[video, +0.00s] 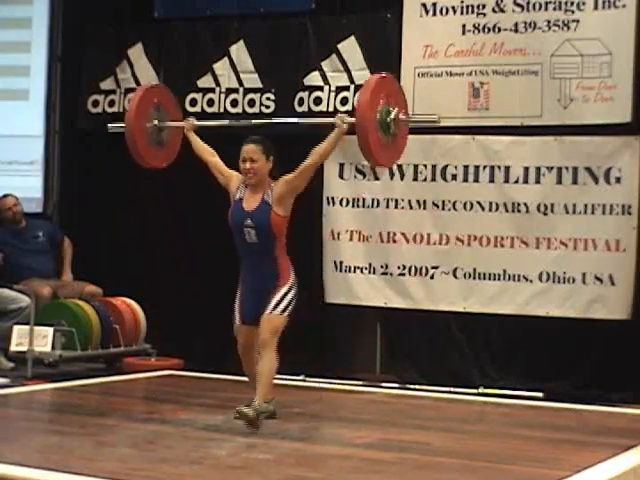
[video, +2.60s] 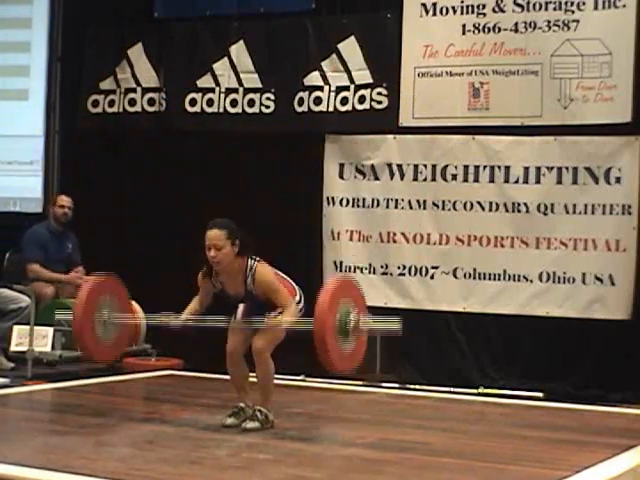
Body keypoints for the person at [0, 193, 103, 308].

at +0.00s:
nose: (14, 210)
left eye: (15, 205)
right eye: (8, 209)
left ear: (21, 205)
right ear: (2, 216)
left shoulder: (41, 225)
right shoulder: (4, 234)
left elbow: (66, 242)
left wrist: (67, 274)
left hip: (53, 279)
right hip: (25, 281)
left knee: (95, 292)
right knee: (45, 293)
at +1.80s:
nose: (18, 208)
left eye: (21, 204)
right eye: (13, 206)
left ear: (26, 206)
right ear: (6, 211)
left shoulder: (43, 226)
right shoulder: (4, 232)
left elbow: (67, 243)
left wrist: (66, 271)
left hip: (53, 279)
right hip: (25, 280)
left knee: (94, 292)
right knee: (45, 293)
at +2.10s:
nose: (34, 206)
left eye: (37, 203)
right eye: (29, 203)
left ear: (41, 205)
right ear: (21, 205)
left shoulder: (49, 230)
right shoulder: (10, 229)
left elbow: (67, 252)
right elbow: (1, 246)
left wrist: (69, 259)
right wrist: (14, 252)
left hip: (52, 279)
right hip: (25, 279)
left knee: (93, 292)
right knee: (45, 293)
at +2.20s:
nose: (39, 206)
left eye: (42, 203)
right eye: (34, 203)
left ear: (47, 206)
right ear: (26, 205)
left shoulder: (52, 232)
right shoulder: (14, 230)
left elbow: (63, 267)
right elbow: (3, 252)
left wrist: (71, 263)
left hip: (52, 279)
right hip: (25, 279)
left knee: (93, 292)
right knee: (45, 293)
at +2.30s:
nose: (45, 206)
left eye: (48, 203)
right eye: (40, 202)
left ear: (52, 207)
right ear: (32, 205)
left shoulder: (53, 231)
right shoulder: (20, 231)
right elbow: (17, 265)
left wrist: (68, 265)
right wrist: (53, 265)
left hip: (56, 279)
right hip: (30, 280)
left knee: (92, 291)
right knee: (45, 292)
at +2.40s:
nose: (51, 206)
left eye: (54, 203)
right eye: (46, 202)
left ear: (58, 206)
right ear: (37, 205)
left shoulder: (59, 233)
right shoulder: (25, 232)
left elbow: (68, 264)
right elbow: (23, 269)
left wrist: (72, 270)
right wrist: (61, 274)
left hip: (56, 279)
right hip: (30, 279)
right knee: (47, 292)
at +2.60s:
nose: (66, 211)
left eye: (69, 208)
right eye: (61, 207)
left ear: (72, 212)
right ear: (52, 209)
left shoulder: (70, 237)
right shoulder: (36, 233)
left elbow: (77, 266)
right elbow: (32, 271)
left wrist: (77, 273)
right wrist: (66, 278)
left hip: (61, 279)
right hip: (37, 279)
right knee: (48, 291)